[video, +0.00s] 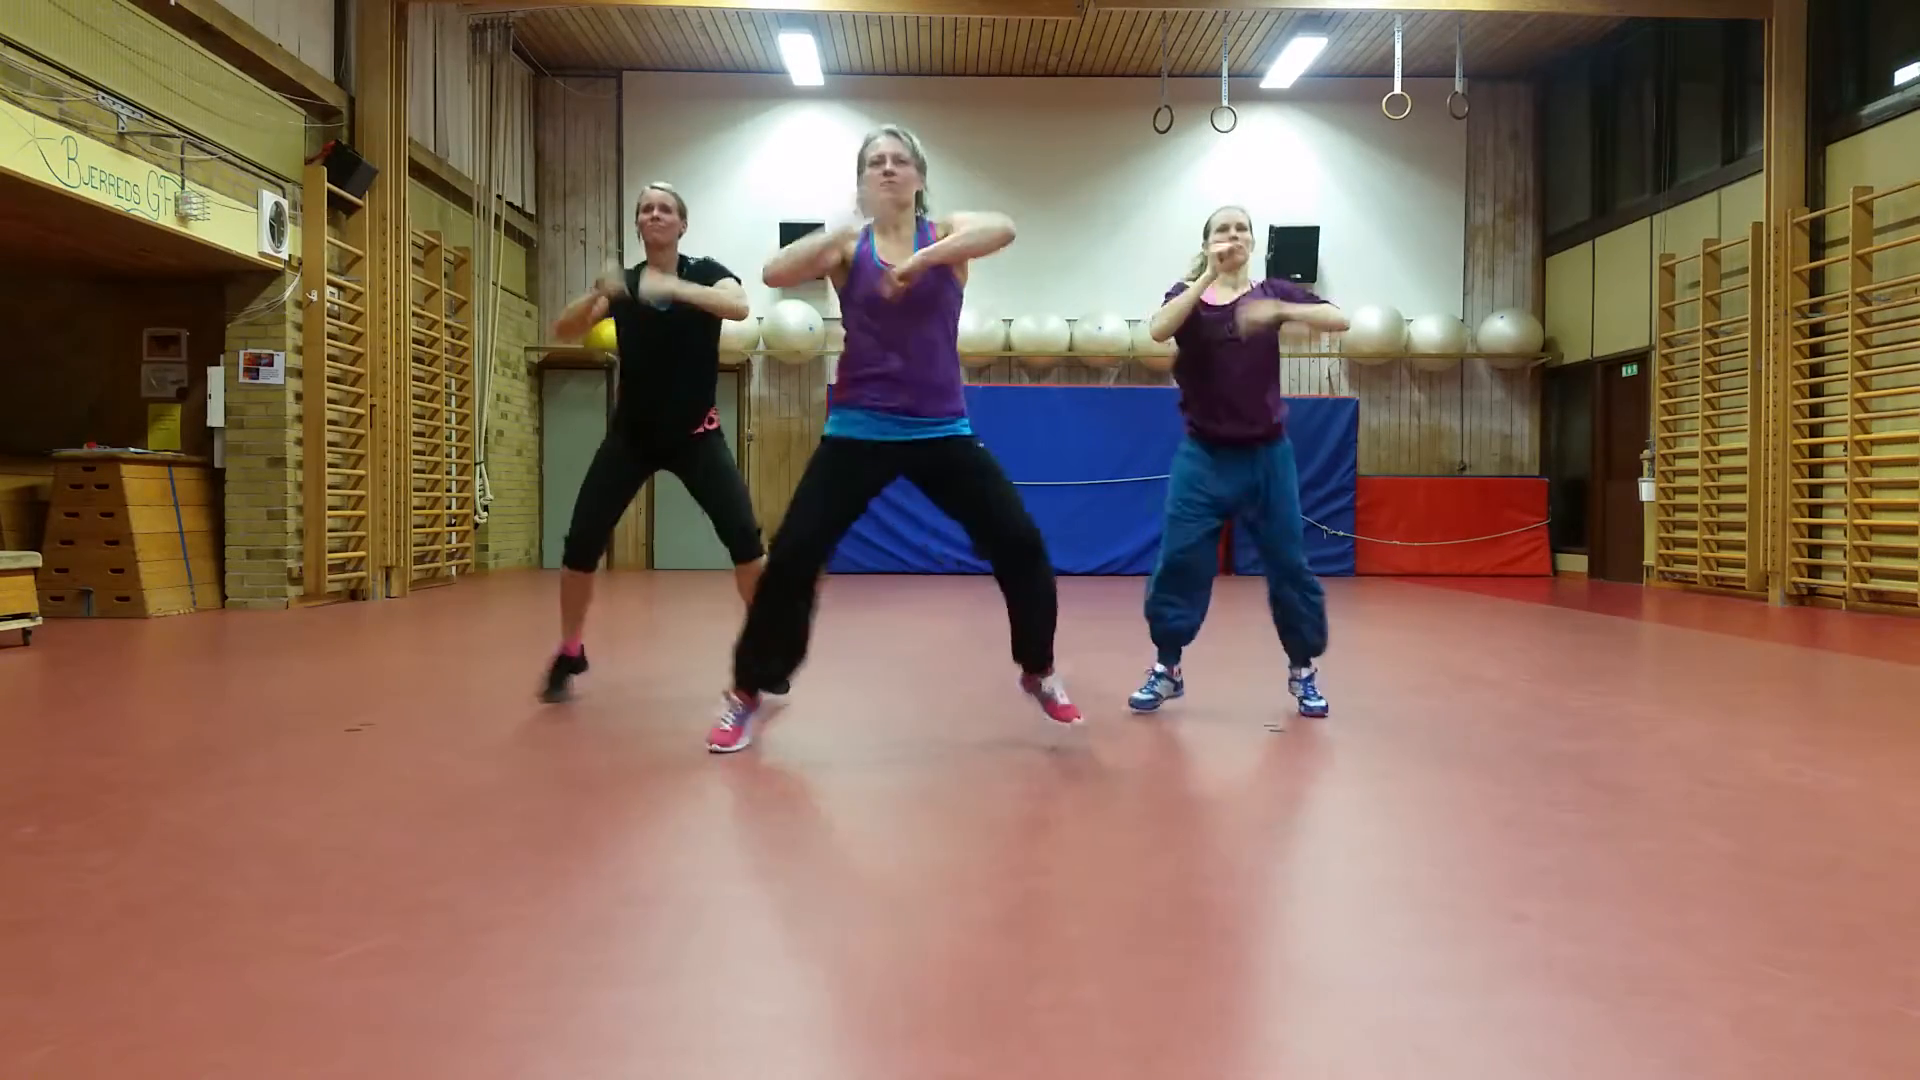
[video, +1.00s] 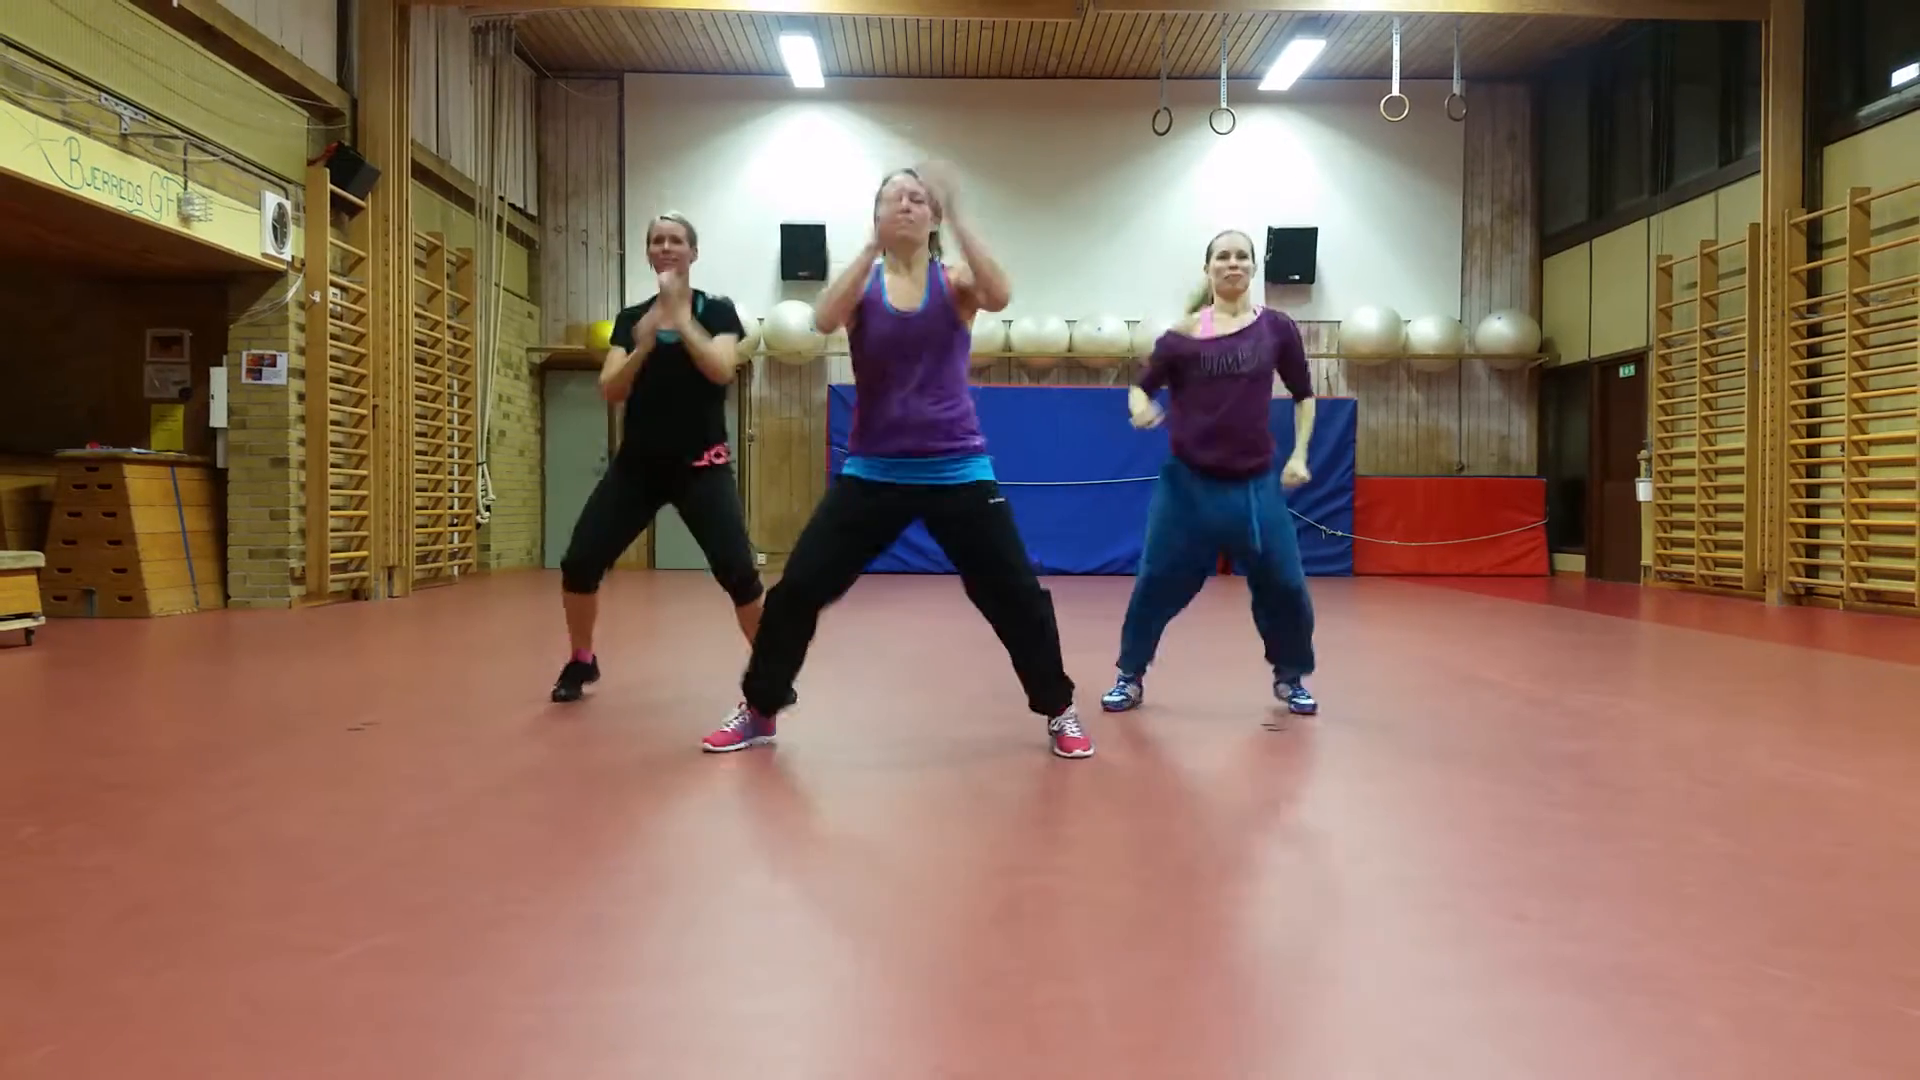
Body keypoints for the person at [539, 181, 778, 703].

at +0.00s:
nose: (653, 216)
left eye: (663, 209)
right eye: (645, 210)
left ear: (682, 224)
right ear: (636, 224)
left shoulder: (704, 272)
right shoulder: (621, 282)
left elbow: (738, 305)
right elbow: (563, 331)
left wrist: (675, 288)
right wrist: (595, 298)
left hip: (695, 435)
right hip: (632, 436)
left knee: (745, 538)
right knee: (581, 541)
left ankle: (764, 648)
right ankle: (570, 652)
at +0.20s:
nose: (657, 231)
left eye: (668, 225)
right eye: (649, 225)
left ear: (686, 240)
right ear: (640, 239)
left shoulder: (704, 295)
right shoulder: (625, 299)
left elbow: (743, 324)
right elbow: (568, 337)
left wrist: (679, 314)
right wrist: (608, 293)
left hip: (700, 455)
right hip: (637, 458)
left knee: (743, 565)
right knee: (592, 566)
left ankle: (767, 663)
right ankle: (597, 667)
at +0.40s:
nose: (657, 215)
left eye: (668, 208)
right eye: (649, 208)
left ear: (685, 222)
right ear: (639, 222)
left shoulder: (705, 275)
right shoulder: (618, 279)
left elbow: (746, 305)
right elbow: (570, 329)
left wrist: (685, 307)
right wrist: (632, 294)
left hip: (703, 433)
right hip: (638, 435)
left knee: (744, 538)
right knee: (588, 542)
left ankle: (763, 652)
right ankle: (580, 651)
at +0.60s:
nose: (660, 235)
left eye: (671, 228)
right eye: (652, 227)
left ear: (688, 242)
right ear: (641, 241)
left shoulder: (707, 306)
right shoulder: (617, 305)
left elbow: (728, 375)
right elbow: (590, 373)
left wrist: (715, 308)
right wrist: (597, 306)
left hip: (701, 457)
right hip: (636, 457)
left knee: (740, 566)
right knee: (594, 567)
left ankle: (760, 670)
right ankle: (591, 669)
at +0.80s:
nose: (660, 215)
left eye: (670, 208)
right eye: (652, 208)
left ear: (689, 221)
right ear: (642, 219)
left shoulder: (709, 278)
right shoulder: (622, 277)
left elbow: (712, 338)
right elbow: (600, 344)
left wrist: (680, 276)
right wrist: (632, 280)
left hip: (694, 430)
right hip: (630, 432)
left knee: (743, 535)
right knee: (588, 539)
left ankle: (776, 646)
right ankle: (578, 652)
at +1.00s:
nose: (665, 250)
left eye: (675, 242)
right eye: (657, 242)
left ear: (694, 252)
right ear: (647, 253)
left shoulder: (717, 311)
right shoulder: (632, 318)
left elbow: (722, 370)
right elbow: (610, 390)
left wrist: (683, 322)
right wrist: (643, 345)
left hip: (702, 467)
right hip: (638, 465)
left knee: (739, 574)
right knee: (579, 565)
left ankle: (771, 673)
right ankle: (581, 660)